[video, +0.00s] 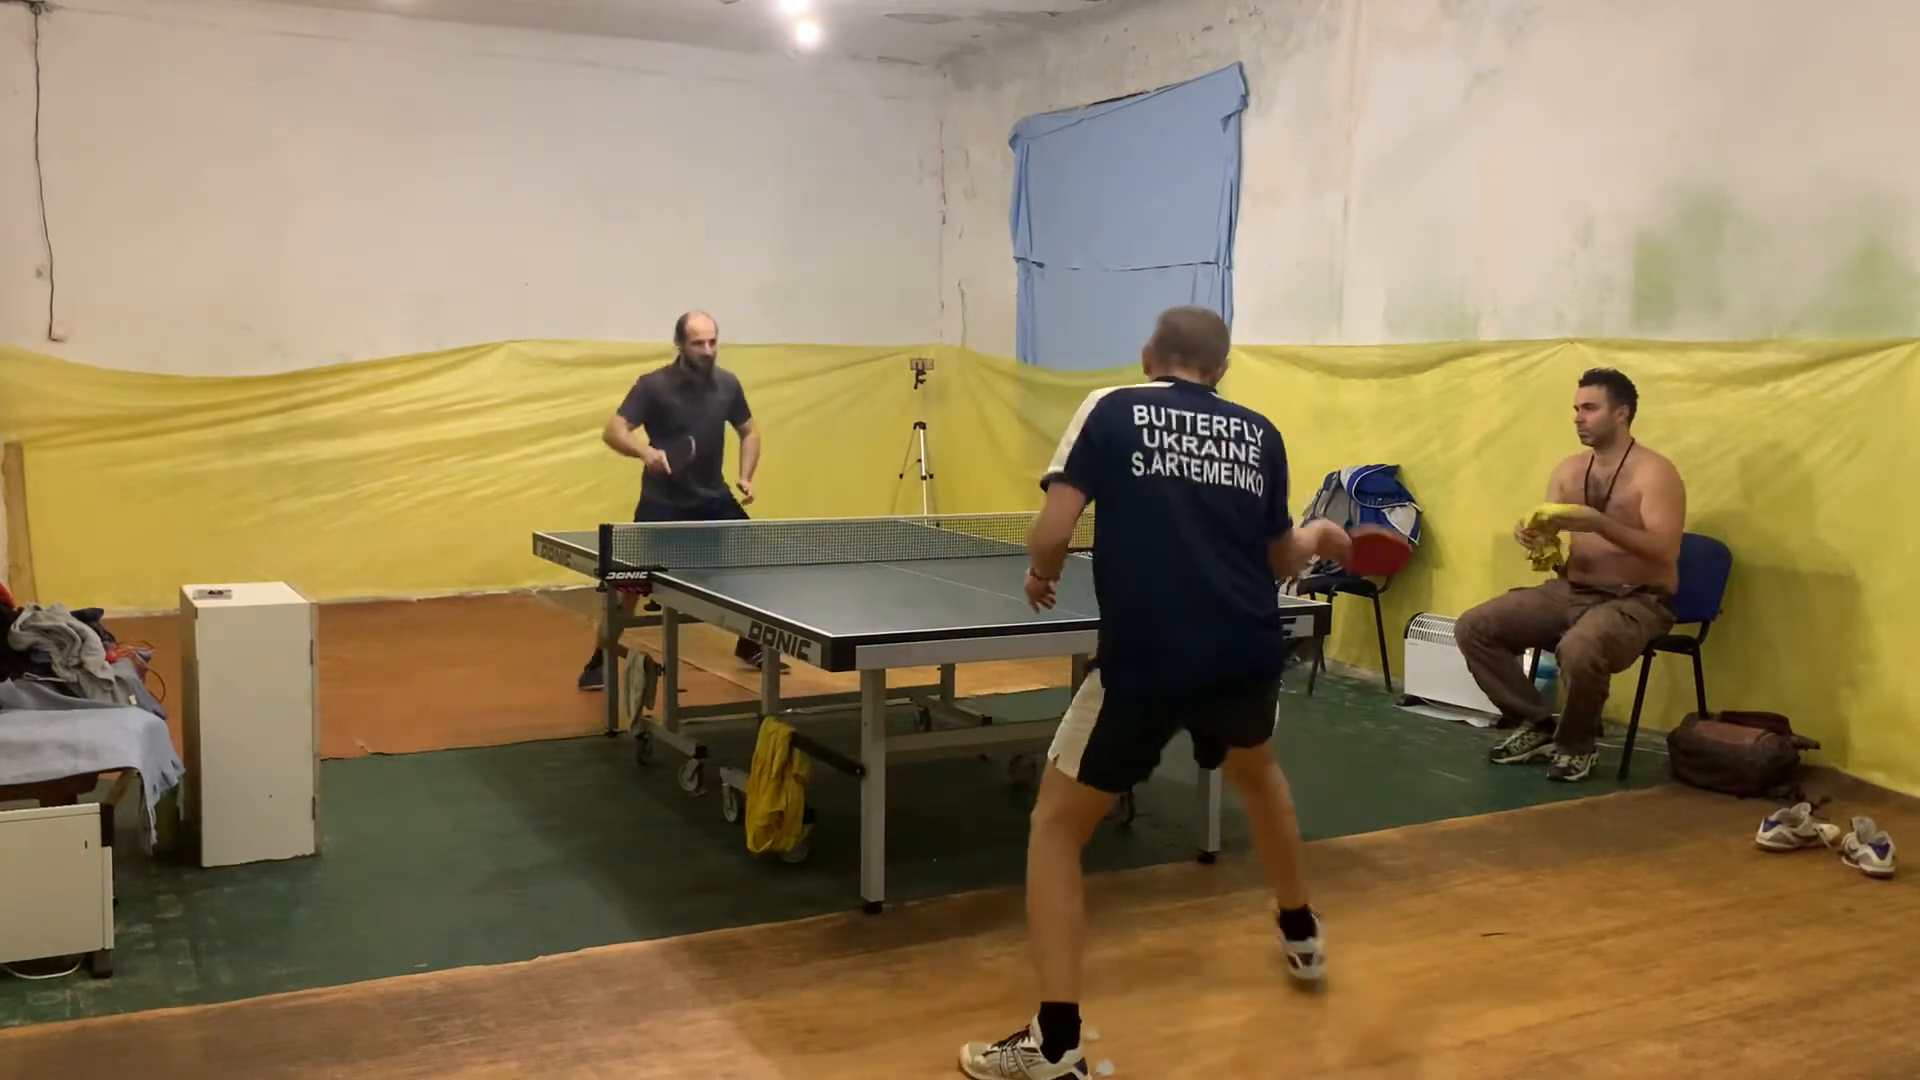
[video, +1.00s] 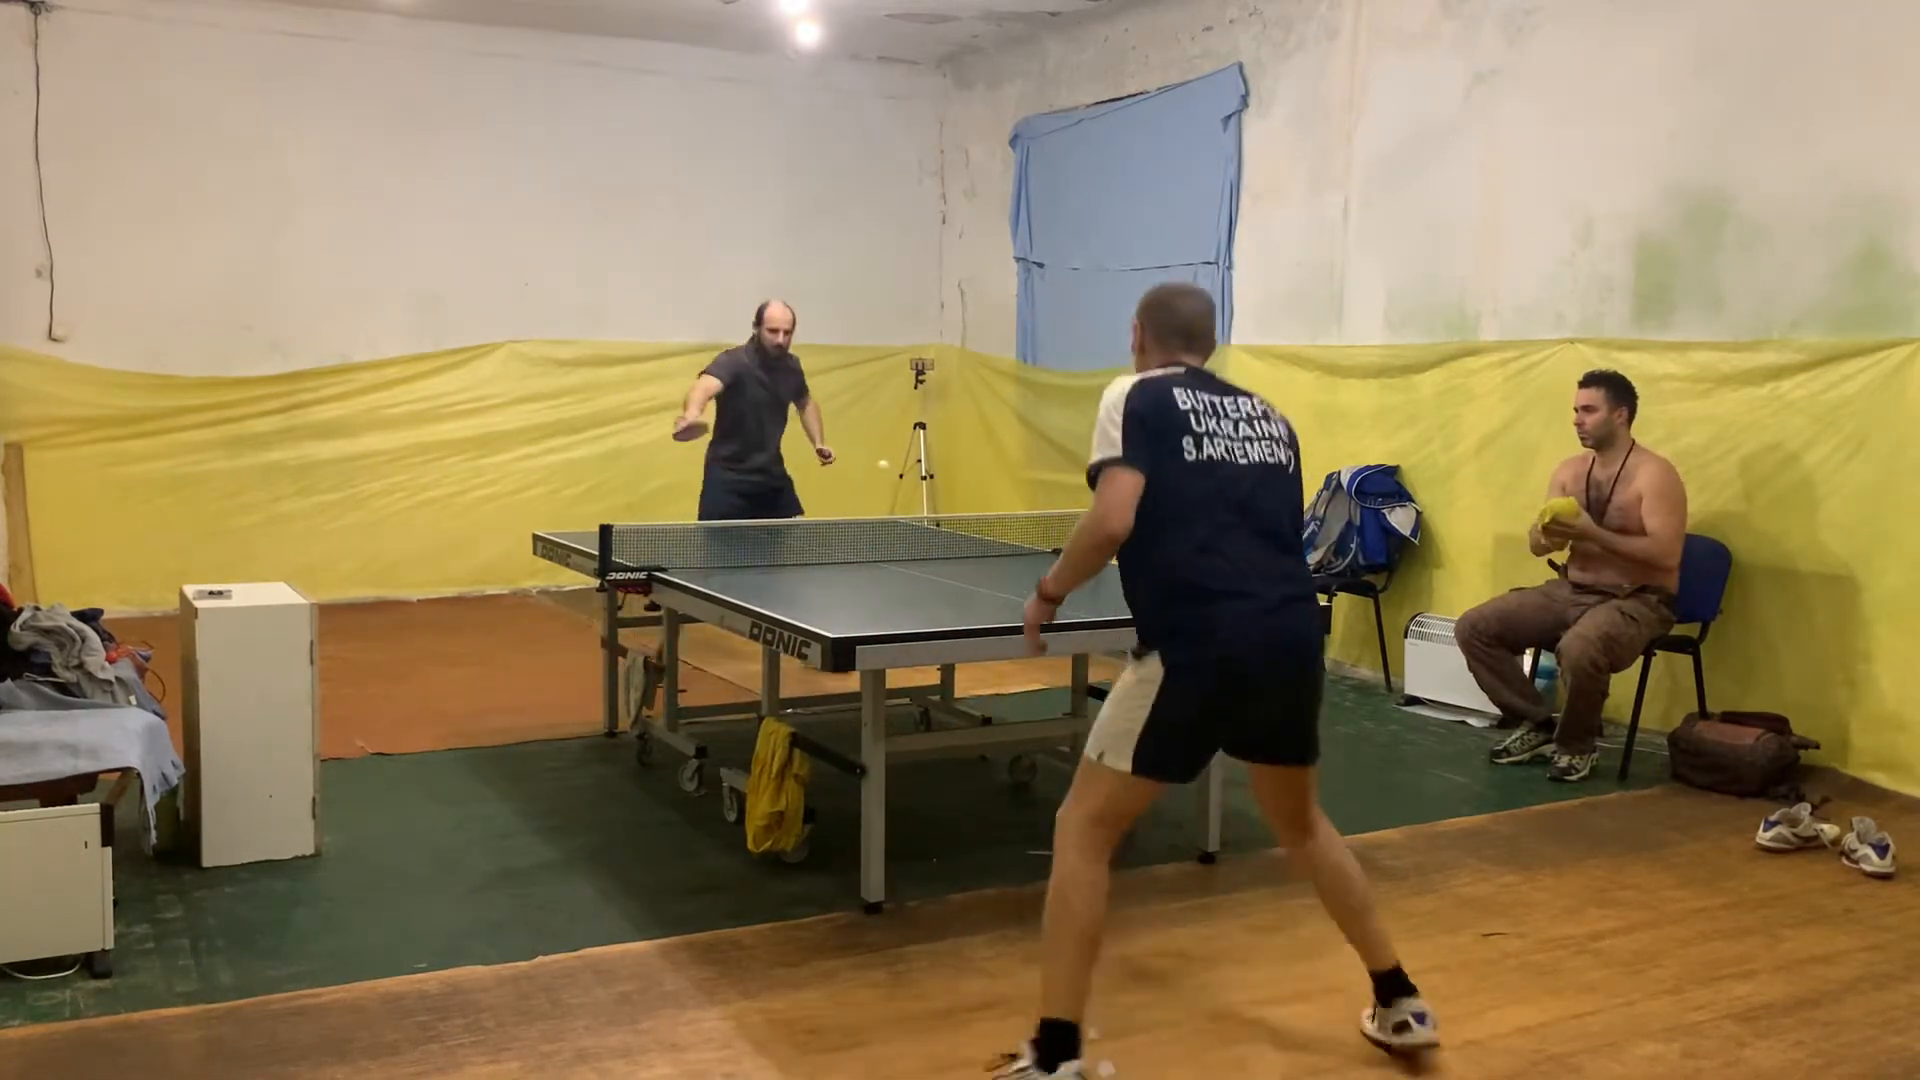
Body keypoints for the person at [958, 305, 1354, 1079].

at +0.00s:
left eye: (1146, 359)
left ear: (1148, 358)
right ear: (1221, 370)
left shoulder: (1110, 408)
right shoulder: (1262, 435)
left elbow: (1053, 531)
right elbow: (1281, 564)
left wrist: (1044, 572)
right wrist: (1313, 537)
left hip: (1141, 658)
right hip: (1245, 656)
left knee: (1057, 829)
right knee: (1256, 768)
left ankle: (1056, 1038)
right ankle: (1302, 935)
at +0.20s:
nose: (1167, 373)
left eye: (1169, 362)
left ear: (1176, 361)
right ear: (1242, 372)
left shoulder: (1154, 401)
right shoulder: (1276, 435)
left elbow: (1115, 509)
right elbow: (1261, 538)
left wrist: (1074, 581)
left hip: (1184, 645)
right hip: (1272, 643)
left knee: (1105, 818)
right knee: (1245, 764)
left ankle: (1064, 1033)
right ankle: (1264, 919)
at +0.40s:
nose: (1176, 394)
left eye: (1178, 385)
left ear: (1184, 388)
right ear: (1247, 398)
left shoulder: (1188, 423)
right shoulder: (1267, 454)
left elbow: (1185, 530)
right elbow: (1245, 550)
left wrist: (1109, 615)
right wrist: (1156, 536)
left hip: (1225, 653)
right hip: (1302, 654)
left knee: (1121, 819)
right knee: (1234, 753)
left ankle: (1098, 1030)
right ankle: (1259, 913)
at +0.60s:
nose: (1162, 386)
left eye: (1164, 375)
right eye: (1170, 375)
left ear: (1172, 378)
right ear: (1235, 386)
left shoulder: (1179, 425)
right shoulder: (1269, 448)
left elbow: (1179, 543)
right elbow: (1263, 555)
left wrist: (1101, 625)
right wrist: (1155, 560)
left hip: (1217, 660)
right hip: (1293, 656)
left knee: (1106, 826)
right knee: (1231, 763)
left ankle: (1144, 1025)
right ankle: (1260, 916)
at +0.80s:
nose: (1146, 348)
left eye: (1148, 338)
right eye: (1158, 338)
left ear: (1156, 339)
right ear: (1226, 348)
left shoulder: (1139, 396)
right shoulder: (1270, 420)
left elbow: (1107, 520)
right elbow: (1284, 534)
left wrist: (1061, 599)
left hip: (1174, 652)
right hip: (1269, 645)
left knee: (1110, 839)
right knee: (1265, 769)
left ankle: (1166, 1053)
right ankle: (1284, 930)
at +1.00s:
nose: (1129, 352)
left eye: (1130, 341)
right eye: (1138, 341)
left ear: (1141, 342)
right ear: (1210, 348)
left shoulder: (1134, 394)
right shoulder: (1270, 418)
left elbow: (1114, 520)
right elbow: (1284, 536)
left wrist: (1052, 590)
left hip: (1189, 652)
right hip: (1292, 649)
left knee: (1084, 826)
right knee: (1302, 822)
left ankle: (1056, 1048)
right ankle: (1400, 999)